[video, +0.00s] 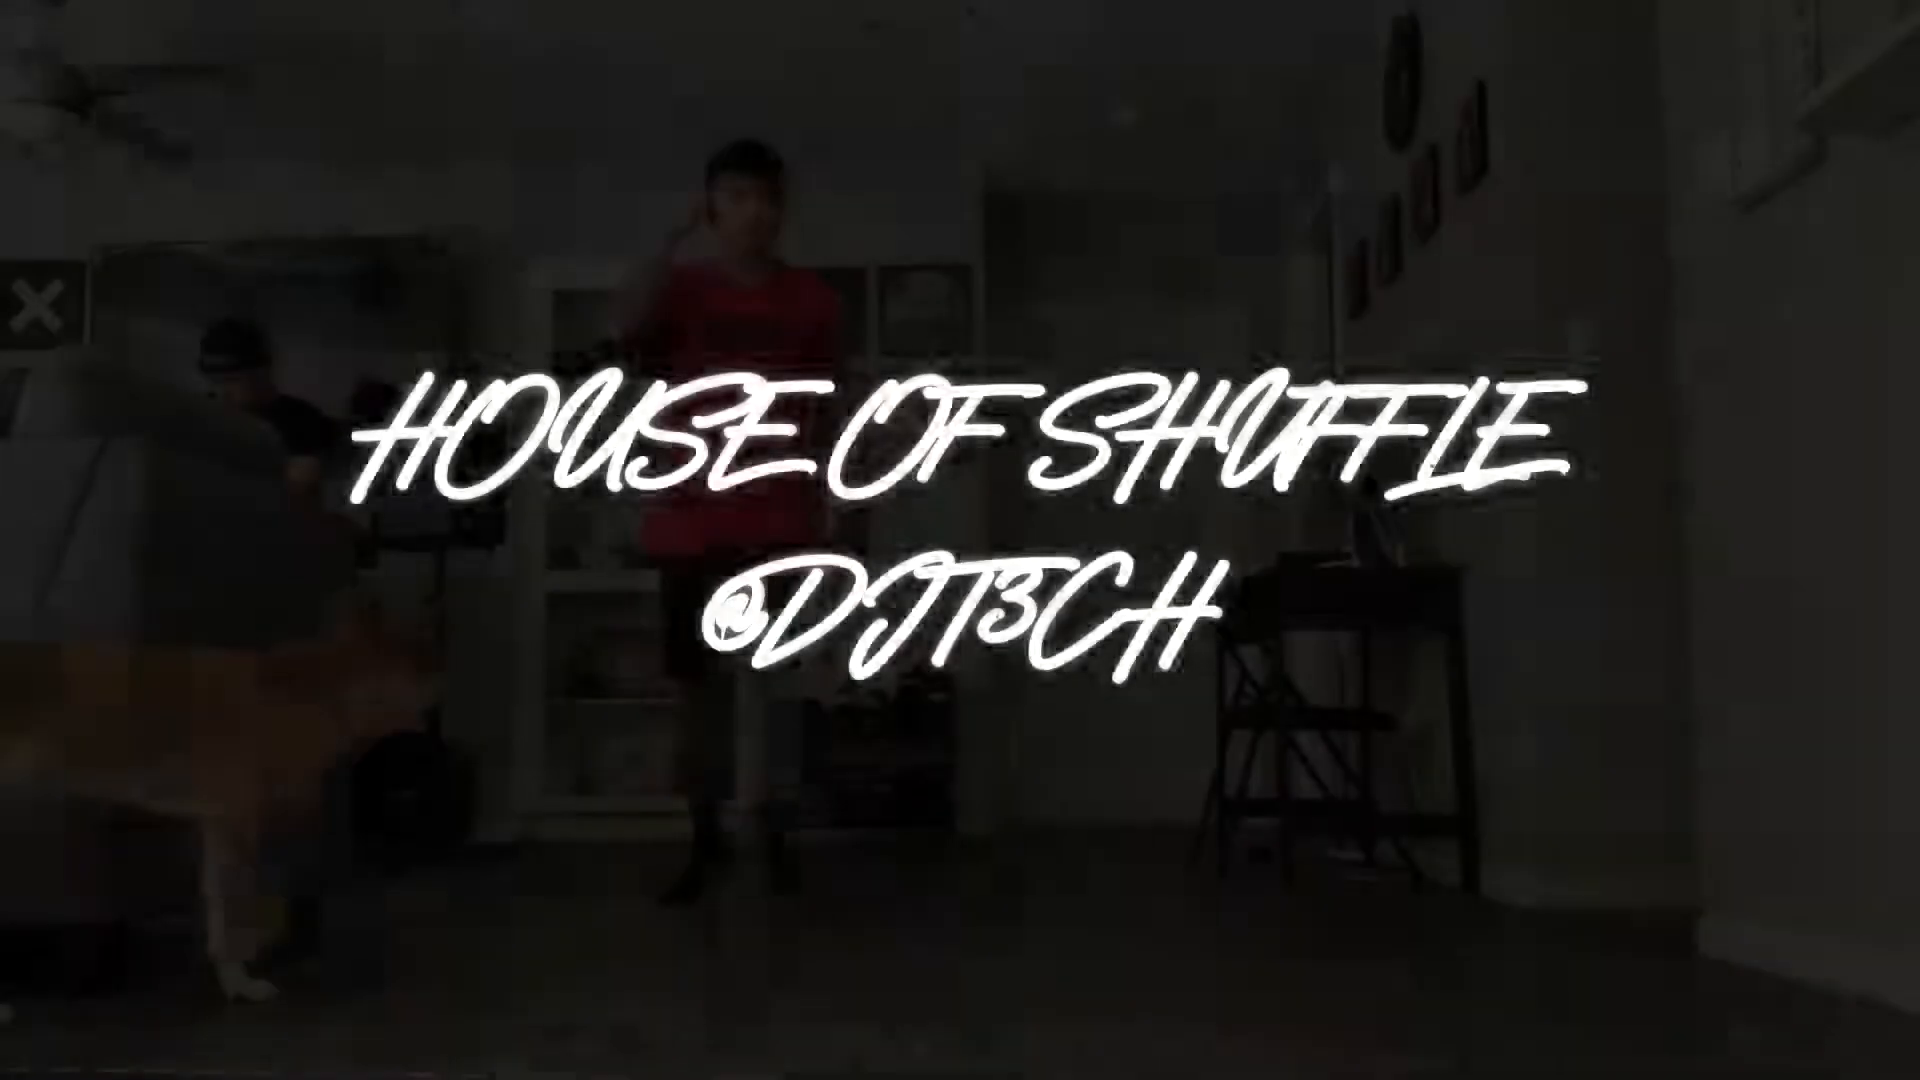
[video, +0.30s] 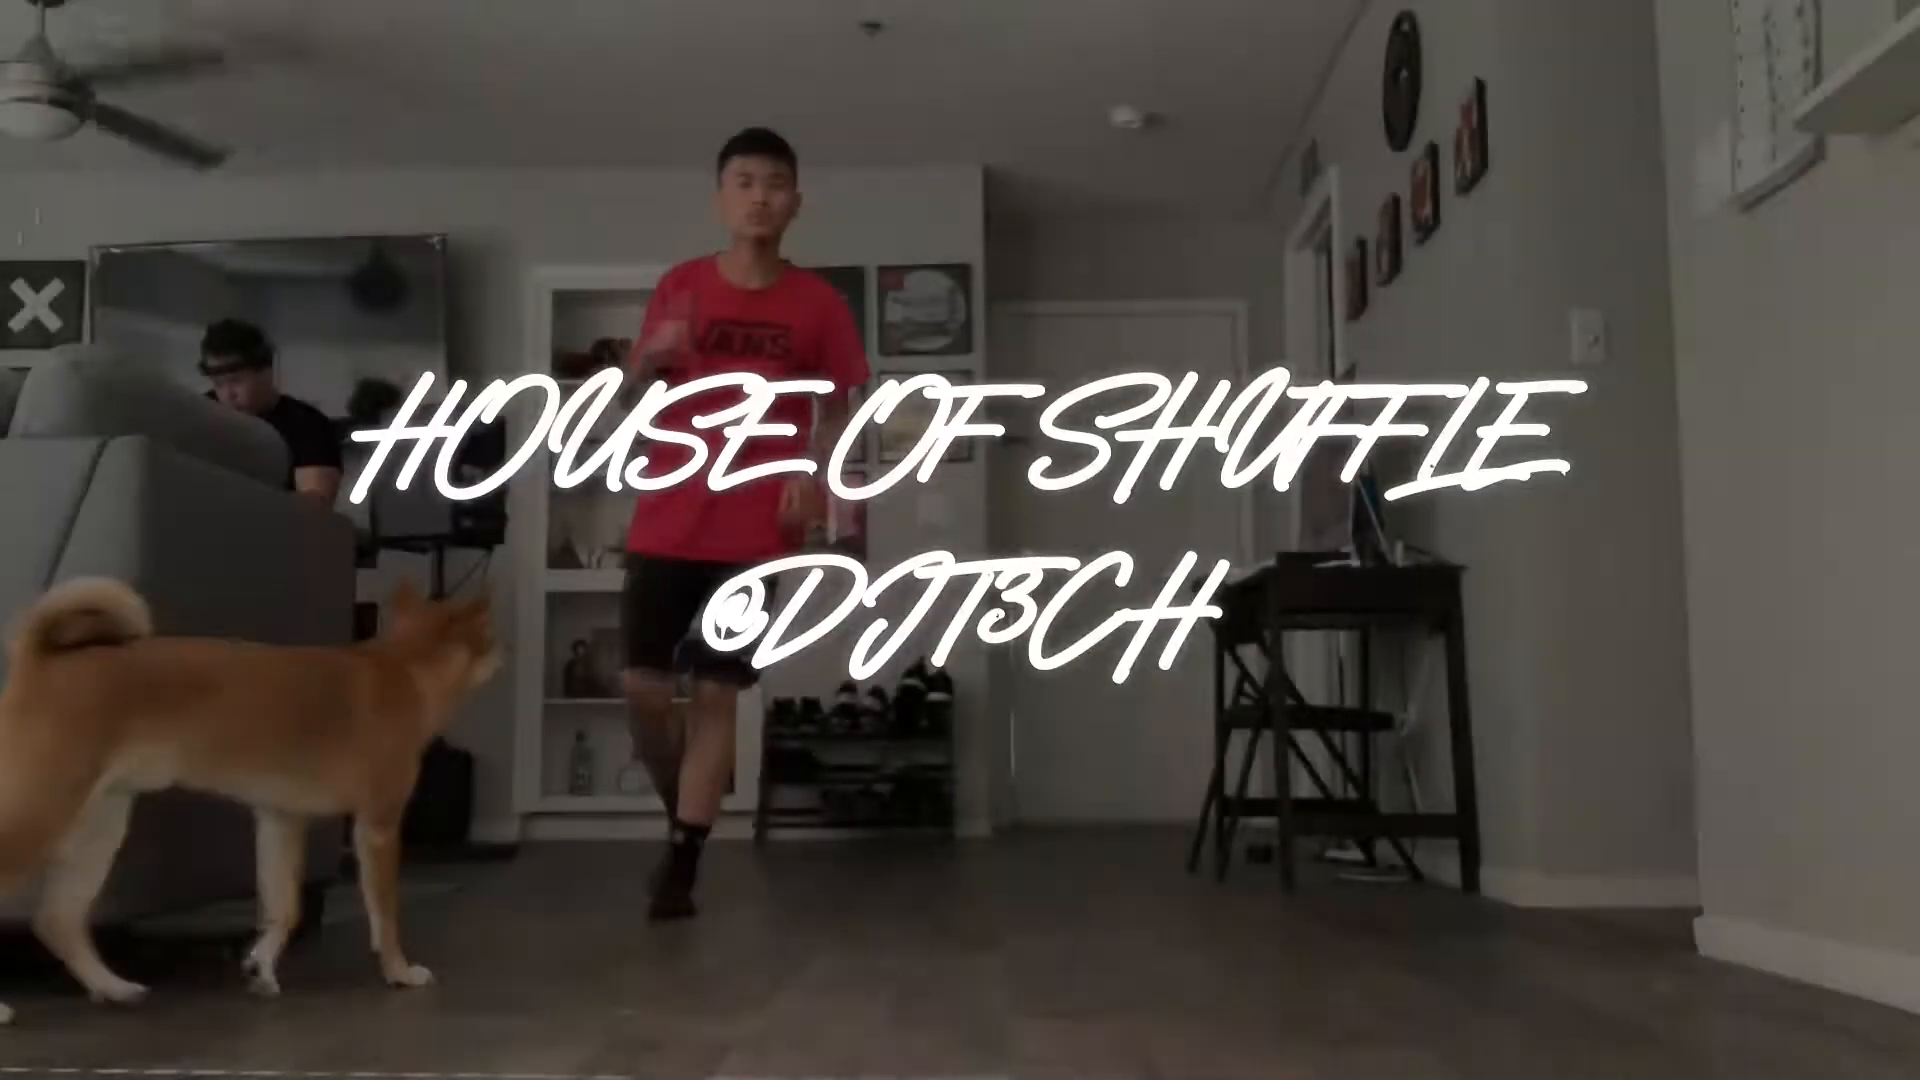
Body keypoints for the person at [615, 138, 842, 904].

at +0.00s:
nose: (744, 214)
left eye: (758, 199)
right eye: (732, 197)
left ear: (779, 209)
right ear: (708, 205)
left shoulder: (811, 301)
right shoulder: (675, 293)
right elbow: (627, 367)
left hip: (786, 526)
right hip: (695, 529)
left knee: (786, 691)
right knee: (701, 694)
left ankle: (783, 846)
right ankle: (704, 847)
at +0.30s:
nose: (760, 198)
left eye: (776, 185)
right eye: (745, 183)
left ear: (795, 201)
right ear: (719, 196)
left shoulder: (820, 304)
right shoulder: (680, 288)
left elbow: (851, 413)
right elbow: (633, 387)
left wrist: (821, 480)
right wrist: (656, 352)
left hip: (755, 533)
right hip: (666, 525)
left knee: (714, 691)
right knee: (645, 687)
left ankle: (684, 860)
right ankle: (685, 818)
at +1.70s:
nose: (919, 155)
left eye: (931, 142)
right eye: (900, 143)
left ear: (951, 163)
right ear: (869, 164)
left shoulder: (962, 283)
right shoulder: (831, 259)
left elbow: (991, 391)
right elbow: (785, 379)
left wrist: (968, 352)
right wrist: (837, 443)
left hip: (929, 516)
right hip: (847, 514)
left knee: (895, 705)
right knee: (863, 702)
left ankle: (832, 875)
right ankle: (801, 872)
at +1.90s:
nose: (870, 100)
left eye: (889, 87)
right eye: (854, 87)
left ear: (916, 114)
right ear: (830, 111)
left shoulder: (947, 230)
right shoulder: (789, 215)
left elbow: (961, 355)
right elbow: (747, 339)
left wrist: (920, 367)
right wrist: (813, 370)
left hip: (898, 480)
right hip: (803, 472)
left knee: (880, 667)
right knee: (798, 644)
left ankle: (852, 857)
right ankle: (830, 805)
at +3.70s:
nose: (1180, 58)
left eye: (1180, 40)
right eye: (1161, 39)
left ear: (1147, 62)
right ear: (1099, 58)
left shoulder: (1145, 177)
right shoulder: (1069, 154)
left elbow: (1132, 318)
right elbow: (1012, 289)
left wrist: (1187, 414)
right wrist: (1110, 369)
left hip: (1181, 447)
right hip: (1115, 456)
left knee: (1262, 630)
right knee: (1193, 661)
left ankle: (1140, 771)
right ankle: (1201, 881)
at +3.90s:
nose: (1171, 42)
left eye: (1172, 29)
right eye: (1150, 27)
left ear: (1155, 57)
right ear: (1092, 52)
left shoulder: (1136, 157)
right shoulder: (1073, 127)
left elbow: (1103, 297)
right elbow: (1017, 241)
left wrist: (1156, 375)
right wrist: (1151, 275)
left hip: (1157, 424)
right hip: (1085, 435)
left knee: (1255, 551)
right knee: (1115, 662)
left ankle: (1188, 747)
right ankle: (1105, 880)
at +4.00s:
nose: (1143, 66)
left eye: (1150, 53)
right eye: (1122, 50)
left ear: (1153, 82)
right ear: (1067, 71)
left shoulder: (1126, 198)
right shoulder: (1042, 162)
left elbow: (1105, 317)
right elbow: (987, 287)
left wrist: (1169, 362)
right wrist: (1111, 323)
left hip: (1159, 465)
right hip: (1078, 466)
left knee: (1224, 657)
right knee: (1077, 685)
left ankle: (1185, 893)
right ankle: (1005, 866)